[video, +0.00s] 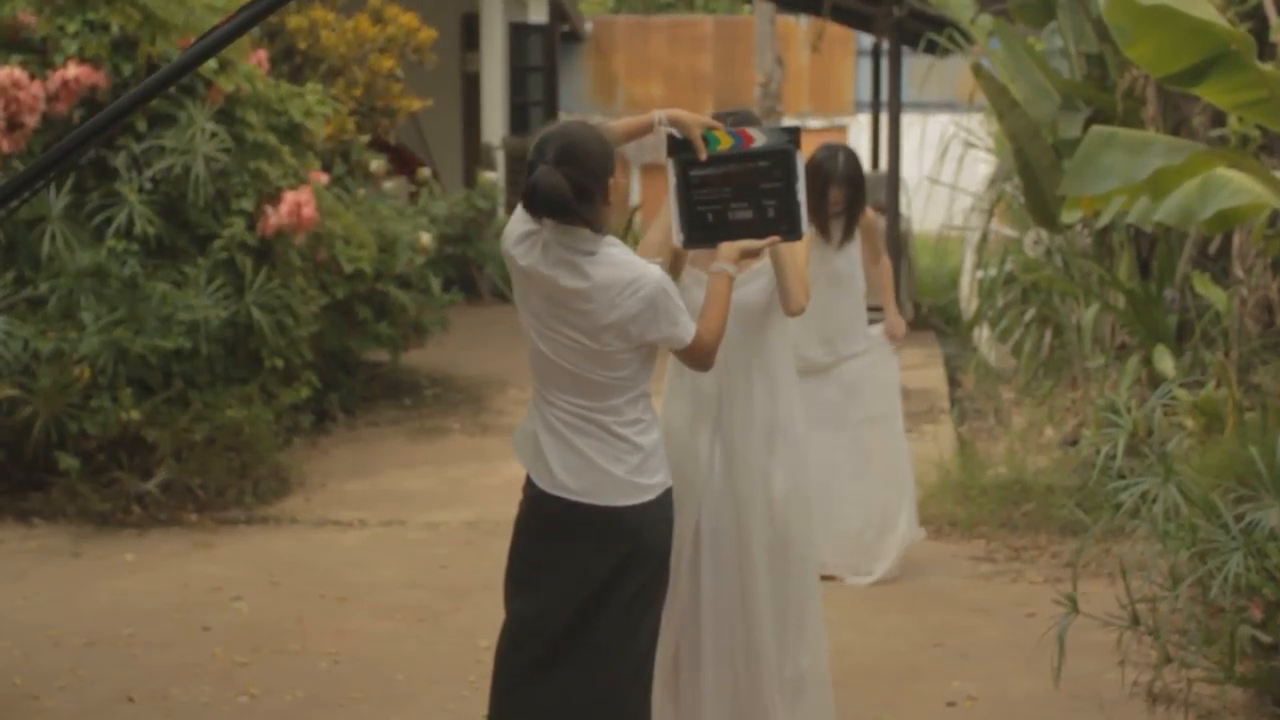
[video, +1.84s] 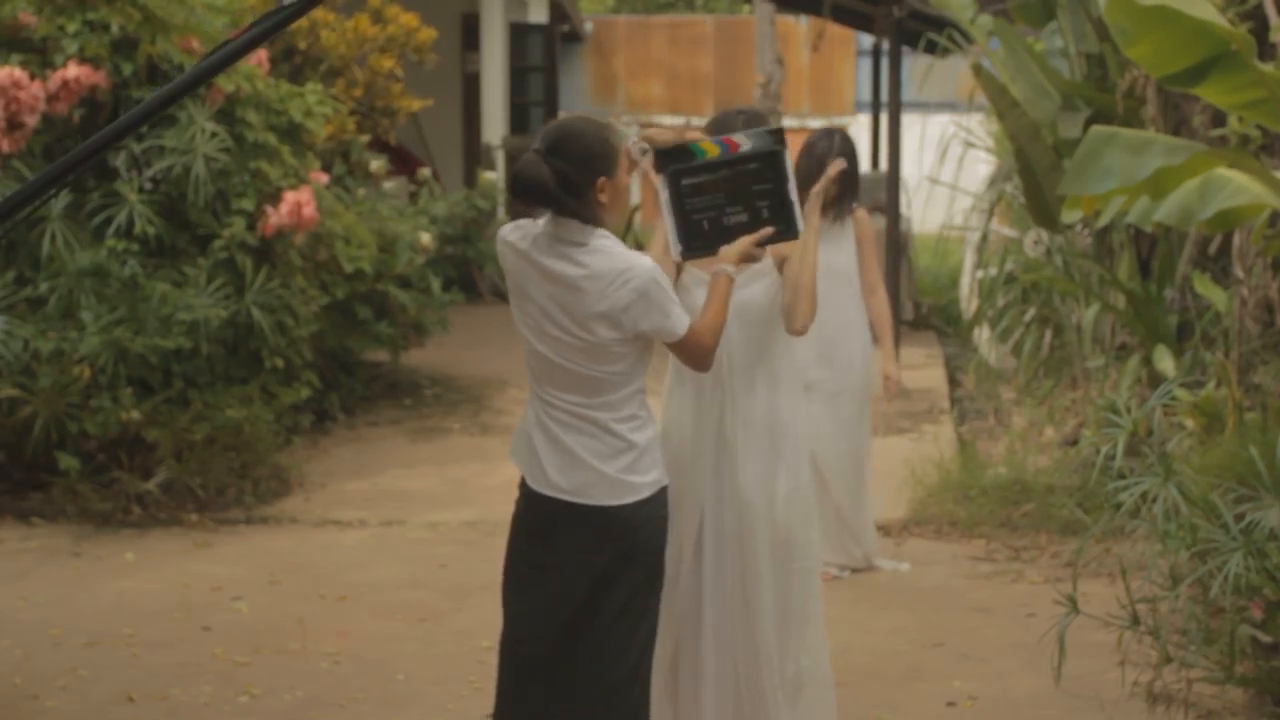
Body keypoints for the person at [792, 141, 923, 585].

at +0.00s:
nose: (834, 200)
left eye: (842, 191)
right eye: (825, 192)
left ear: (855, 190)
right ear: (810, 191)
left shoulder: (867, 224)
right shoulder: (796, 226)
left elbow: (878, 262)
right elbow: (776, 276)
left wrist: (890, 310)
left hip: (852, 353)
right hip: (800, 357)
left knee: (854, 453)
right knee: (804, 455)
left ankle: (853, 551)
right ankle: (809, 554)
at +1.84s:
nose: (832, 183)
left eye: (841, 175)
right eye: (824, 174)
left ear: (850, 176)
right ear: (805, 173)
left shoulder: (857, 220)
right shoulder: (786, 221)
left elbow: (873, 288)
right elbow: (771, 293)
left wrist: (888, 354)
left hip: (845, 353)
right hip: (795, 354)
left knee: (844, 450)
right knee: (802, 451)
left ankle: (850, 547)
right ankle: (812, 552)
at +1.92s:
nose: (834, 180)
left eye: (842, 170)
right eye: (824, 170)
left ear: (853, 171)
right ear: (804, 169)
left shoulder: (857, 219)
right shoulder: (785, 217)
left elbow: (873, 288)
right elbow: (777, 283)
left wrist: (886, 354)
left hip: (846, 347)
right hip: (796, 348)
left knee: (845, 445)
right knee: (802, 445)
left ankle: (849, 545)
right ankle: (807, 550)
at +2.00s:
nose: (830, 174)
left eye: (837, 164)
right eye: (819, 164)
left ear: (848, 163)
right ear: (800, 164)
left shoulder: (855, 210)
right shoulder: (782, 210)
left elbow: (871, 285)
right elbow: (770, 280)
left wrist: (882, 353)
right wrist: (775, 346)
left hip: (844, 345)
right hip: (794, 343)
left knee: (841, 444)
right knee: (799, 444)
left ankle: (848, 545)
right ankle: (806, 549)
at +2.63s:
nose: (815, 160)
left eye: (825, 151)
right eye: (806, 151)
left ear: (840, 160)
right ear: (793, 159)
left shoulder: (857, 217)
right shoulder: (780, 217)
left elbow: (875, 280)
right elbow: (763, 275)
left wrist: (862, 298)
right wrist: (776, 309)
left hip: (845, 345)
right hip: (793, 344)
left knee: (849, 442)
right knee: (801, 440)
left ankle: (851, 544)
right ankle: (807, 546)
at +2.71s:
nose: (815, 161)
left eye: (825, 153)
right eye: (807, 152)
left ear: (839, 161)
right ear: (793, 160)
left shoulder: (855, 215)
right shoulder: (780, 214)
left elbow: (880, 282)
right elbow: (762, 275)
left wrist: (855, 241)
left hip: (845, 340)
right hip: (792, 338)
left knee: (848, 439)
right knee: (797, 437)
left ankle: (848, 545)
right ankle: (806, 545)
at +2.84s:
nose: (817, 166)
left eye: (827, 156)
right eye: (809, 157)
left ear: (841, 163)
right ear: (793, 166)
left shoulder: (853, 210)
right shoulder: (781, 215)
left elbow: (871, 239)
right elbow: (757, 226)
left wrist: (842, 175)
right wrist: (781, 171)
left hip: (847, 336)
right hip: (795, 337)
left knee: (852, 436)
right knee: (801, 438)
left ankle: (855, 541)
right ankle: (809, 545)